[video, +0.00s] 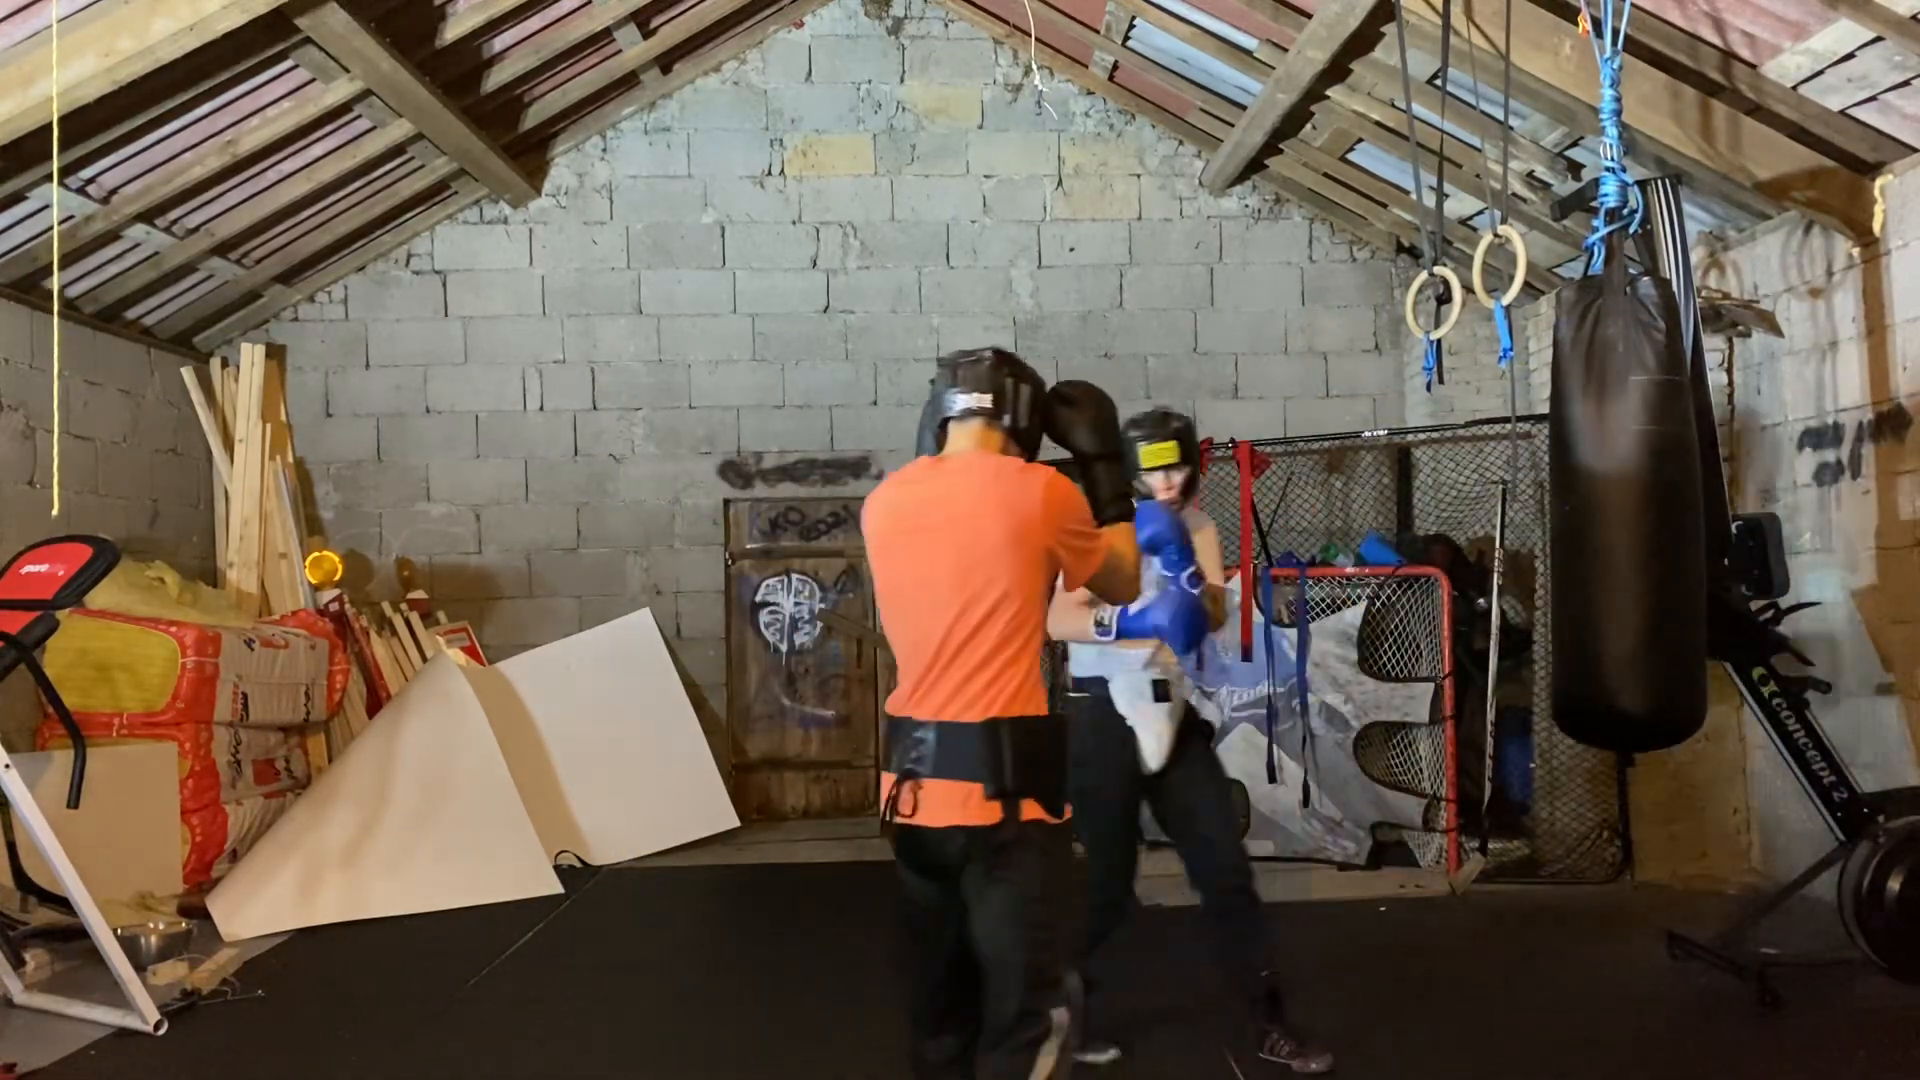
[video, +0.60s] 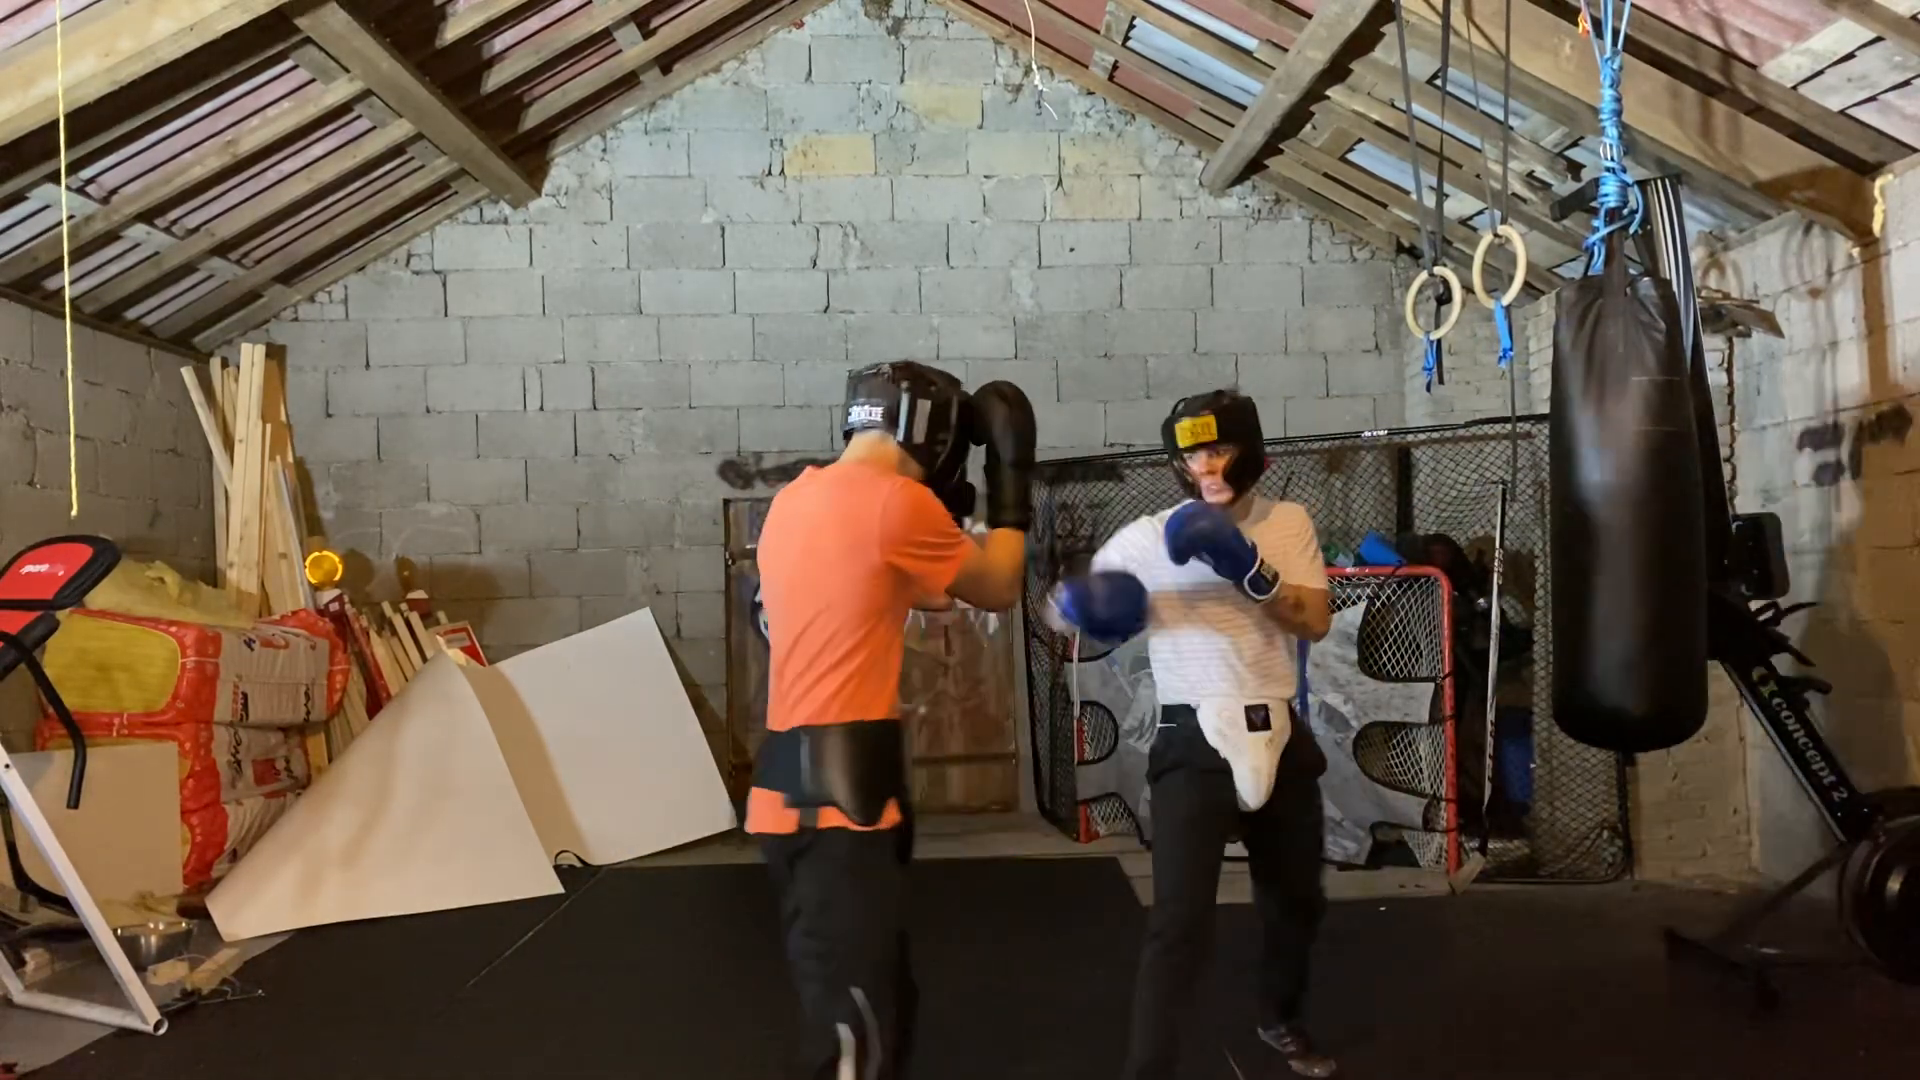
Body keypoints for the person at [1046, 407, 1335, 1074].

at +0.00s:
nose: (1169, 483)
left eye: (1179, 469)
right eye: (1155, 472)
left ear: (1195, 469)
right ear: (1129, 475)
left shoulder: (1198, 529)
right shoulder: (1103, 531)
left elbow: (1218, 617)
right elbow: (1058, 619)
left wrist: (1198, 584)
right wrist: (1133, 635)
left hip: (1172, 708)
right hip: (1097, 711)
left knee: (1224, 867)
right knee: (1108, 879)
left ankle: (1265, 1028)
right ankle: (1073, 1015)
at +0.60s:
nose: (1208, 468)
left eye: (1220, 453)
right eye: (1193, 457)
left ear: (1250, 453)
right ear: (1178, 464)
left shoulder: (1287, 523)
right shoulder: (1147, 538)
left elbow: (1315, 621)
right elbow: (1067, 620)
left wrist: (1250, 571)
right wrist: (1078, 616)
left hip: (1284, 742)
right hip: (1192, 746)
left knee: (1296, 903)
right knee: (1180, 921)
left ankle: (1278, 1022)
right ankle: (1147, 1068)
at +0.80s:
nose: (1187, 461)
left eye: (1200, 444)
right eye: (1173, 449)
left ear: (1232, 442)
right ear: (1159, 455)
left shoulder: (1278, 512)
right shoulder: (1136, 512)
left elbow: (1304, 624)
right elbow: (1060, 556)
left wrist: (1241, 569)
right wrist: (1028, 531)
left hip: (1281, 729)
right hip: (1187, 737)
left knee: (1374, 904)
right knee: (1174, 930)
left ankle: (1355, 1010)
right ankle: (1147, 1068)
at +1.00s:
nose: (1230, 451)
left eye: (1244, 432)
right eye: (1216, 434)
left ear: (1282, 433)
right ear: (1201, 441)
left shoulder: (1331, 503)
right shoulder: (1169, 513)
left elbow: (1354, 620)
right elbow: (1114, 614)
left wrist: (1270, 555)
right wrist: (1114, 620)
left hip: (1315, 733)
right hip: (1209, 737)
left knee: (1383, 922)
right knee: (1184, 936)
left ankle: (1436, 1054)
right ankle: (1156, 1068)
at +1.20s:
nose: (1280, 446)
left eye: (1296, 427)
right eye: (1275, 428)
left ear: (1348, 430)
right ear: (1273, 436)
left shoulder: (1416, 517)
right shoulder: (1255, 517)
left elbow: (1413, 635)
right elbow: (1238, 617)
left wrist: (1313, 548)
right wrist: (1199, 615)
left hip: (1388, 766)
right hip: (1274, 768)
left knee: (1443, 969)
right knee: (1207, 964)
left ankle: (1487, 1071)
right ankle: (1195, 1070)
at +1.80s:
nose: (1167, 421)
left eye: (1178, 396)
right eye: (1163, 402)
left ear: (1245, 391)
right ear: (1232, 397)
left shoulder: (1349, 472)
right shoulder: (1200, 507)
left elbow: (1340, 593)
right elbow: (1196, 624)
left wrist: (1209, 509)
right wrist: (1110, 612)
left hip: (1354, 777)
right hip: (1233, 780)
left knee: (1419, 1009)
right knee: (1201, 1012)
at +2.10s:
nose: (1123, 395)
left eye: (1133, 372)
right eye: (1122, 374)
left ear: (1188, 368)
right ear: (1201, 370)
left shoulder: (1307, 465)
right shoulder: (1157, 482)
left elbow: (1280, 612)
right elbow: (1107, 573)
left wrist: (1166, 528)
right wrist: (1007, 537)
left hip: (1295, 772)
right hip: (1187, 773)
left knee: (1308, 1032)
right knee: (1184, 1025)